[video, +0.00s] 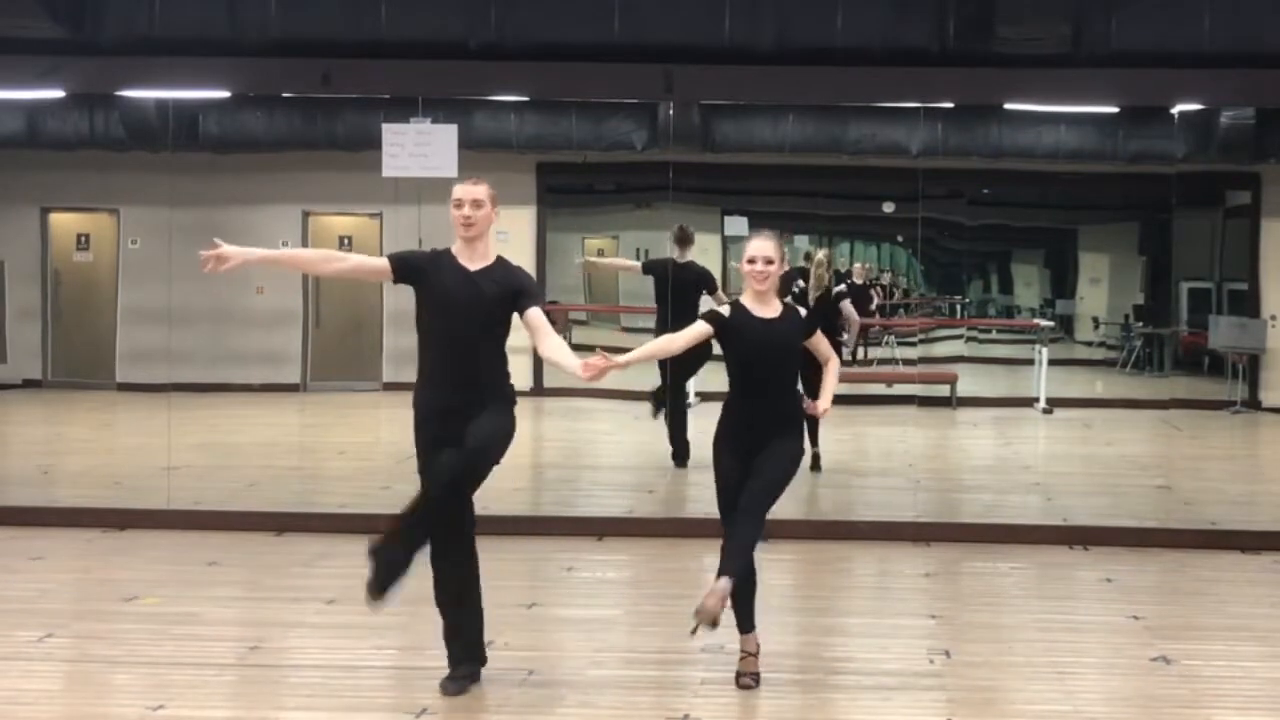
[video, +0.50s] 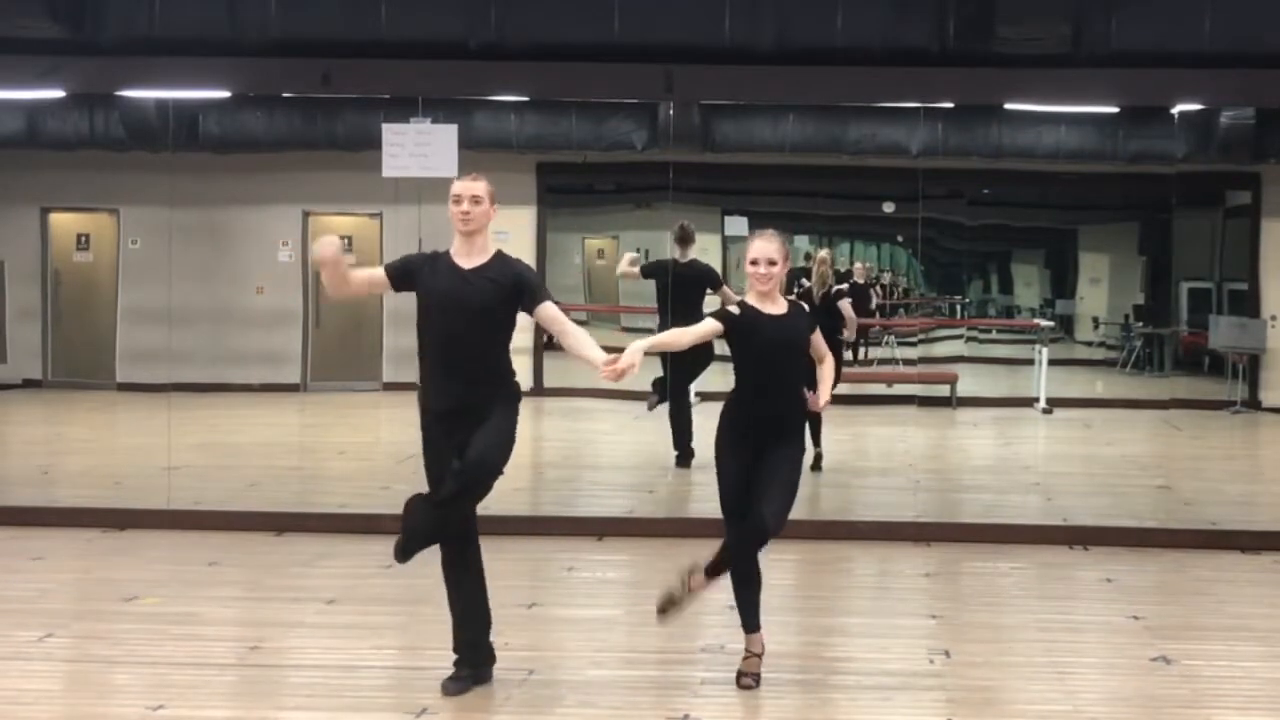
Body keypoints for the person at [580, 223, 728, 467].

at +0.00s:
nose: (681, 246)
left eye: (676, 242)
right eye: (687, 242)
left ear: (673, 243)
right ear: (692, 244)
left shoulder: (659, 266)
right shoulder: (701, 273)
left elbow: (626, 265)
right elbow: (722, 302)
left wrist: (595, 262)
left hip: (665, 340)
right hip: (693, 339)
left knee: (675, 396)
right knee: (703, 352)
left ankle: (680, 454)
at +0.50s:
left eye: (676, 242)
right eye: (688, 242)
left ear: (673, 242)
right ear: (694, 243)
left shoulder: (660, 267)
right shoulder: (704, 271)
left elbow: (622, 272)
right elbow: (731, 299)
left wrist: (627, 258)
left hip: (667, 337)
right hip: (697, 337)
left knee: (678, 395)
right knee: (704, 357)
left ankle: (684, 452)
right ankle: (663, 389)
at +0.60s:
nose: (683, 248)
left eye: (678, 244)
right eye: (689, 245)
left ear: (673, 245)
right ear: (694, 245)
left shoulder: (663, 271)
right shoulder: (705, 272)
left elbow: (640, 286)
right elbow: (732, 299)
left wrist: (637, 268)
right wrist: (743, 303)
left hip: (668, 340)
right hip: (697, 340)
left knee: (678, 393)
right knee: (685, 382)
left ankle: (684, 452)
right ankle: (665, 405)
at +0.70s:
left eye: (676, 246)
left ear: (673, 247)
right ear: (693, 247)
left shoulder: (663, 273)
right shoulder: (705, 273)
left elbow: (657, 298)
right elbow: (731, 299)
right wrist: (740, 304)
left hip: (665, 340)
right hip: (691, 339)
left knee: (671, 393)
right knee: (690, 385)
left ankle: (683, 450)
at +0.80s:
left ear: (675, 248)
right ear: (694, 248)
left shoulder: (664, 275)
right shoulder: (703, 276)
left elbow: (663, 305)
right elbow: (730, 304)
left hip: (664, 344)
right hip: (690, 344)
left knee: (671, 401)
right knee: (690, 402)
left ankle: (685, 452)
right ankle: (719, 443)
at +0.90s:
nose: (685, 252)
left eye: (681, 249)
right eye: (690, 249)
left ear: (676, 250)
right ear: (695, 250)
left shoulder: (665, 276)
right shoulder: (703, 279)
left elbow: (650, 309)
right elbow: (729, 306)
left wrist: (639, 323)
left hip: (666, 347)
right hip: (693, 348)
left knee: (672, 399)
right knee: (699, 398)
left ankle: (681, 454)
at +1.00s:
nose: (688, 256)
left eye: (683, 253)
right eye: (692, 252)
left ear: (677, 253)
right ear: (697, 254)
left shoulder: (664, 278)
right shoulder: (704, 283)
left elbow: (628, 290)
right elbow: (730, 308)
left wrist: (609, 306)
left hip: (669, 345)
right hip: (693, 346)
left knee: (683, 394)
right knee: (678, 394)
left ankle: (685, 450)